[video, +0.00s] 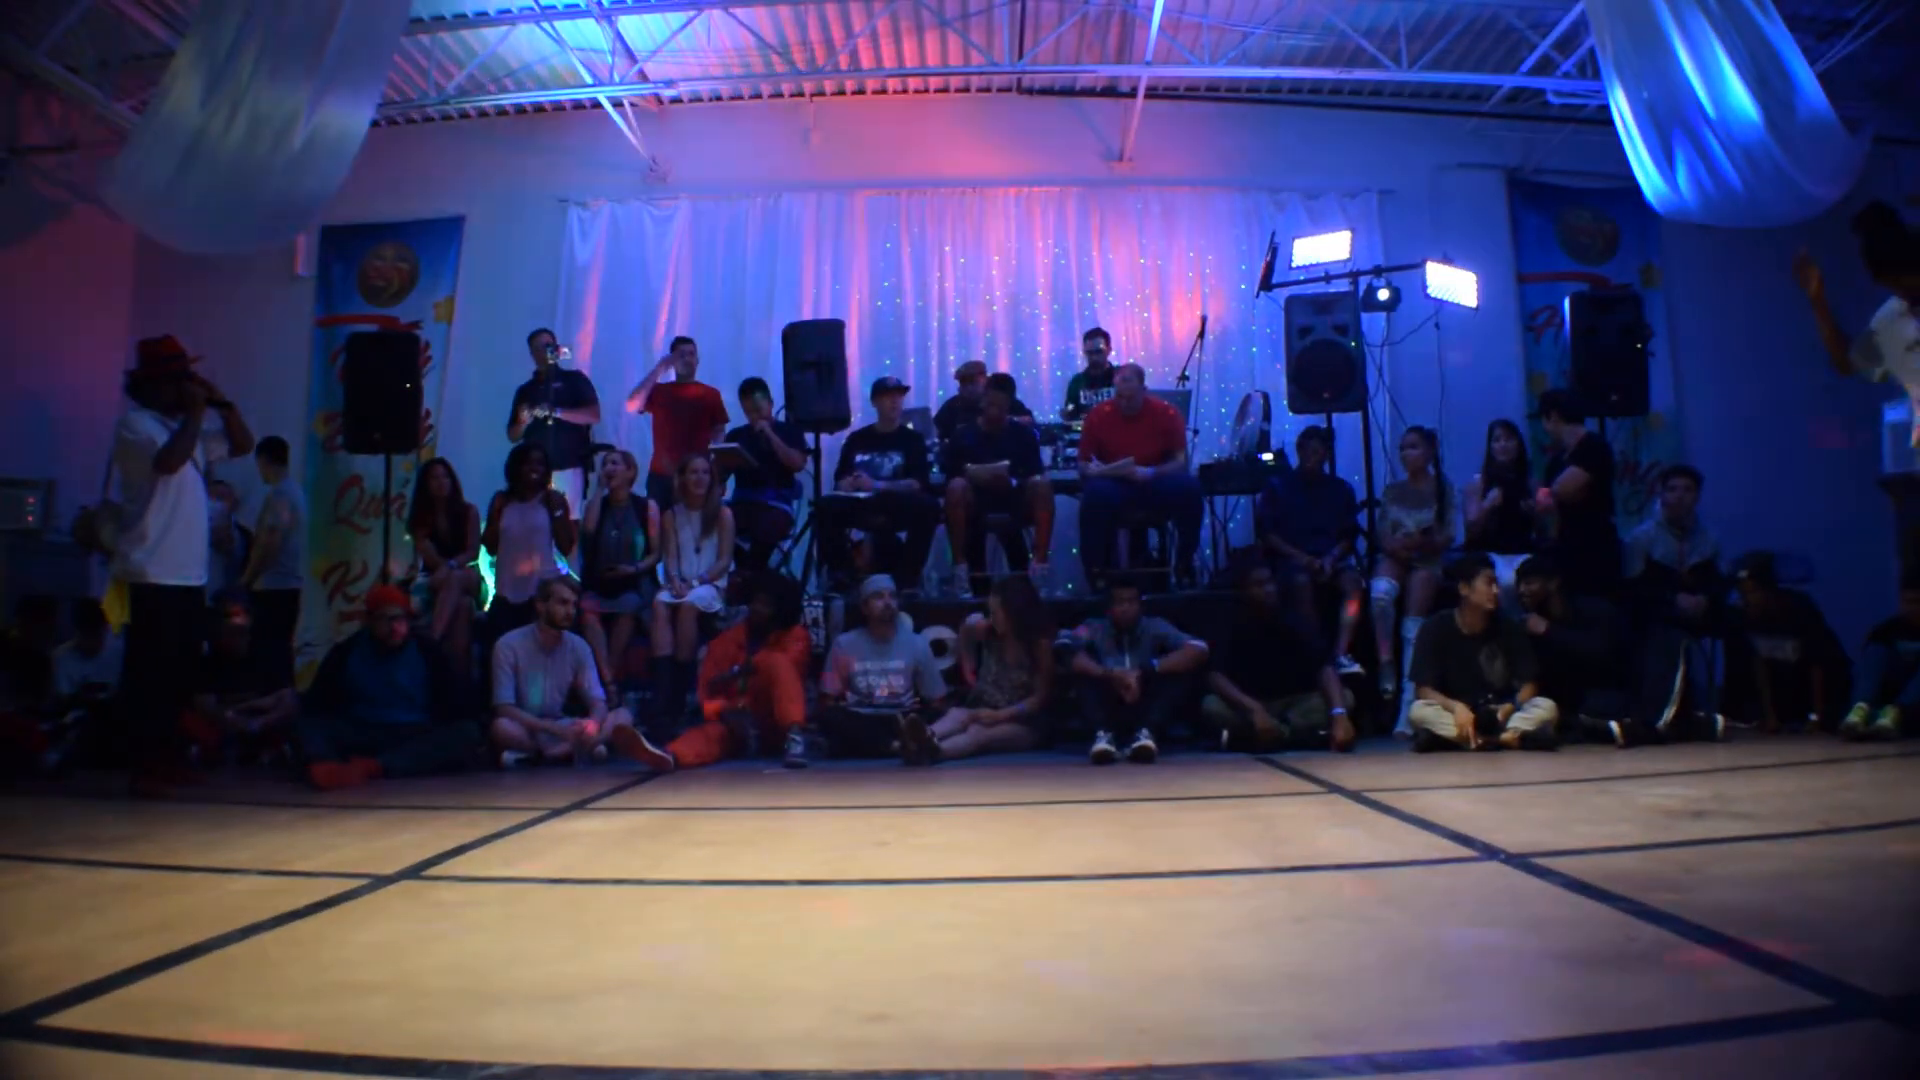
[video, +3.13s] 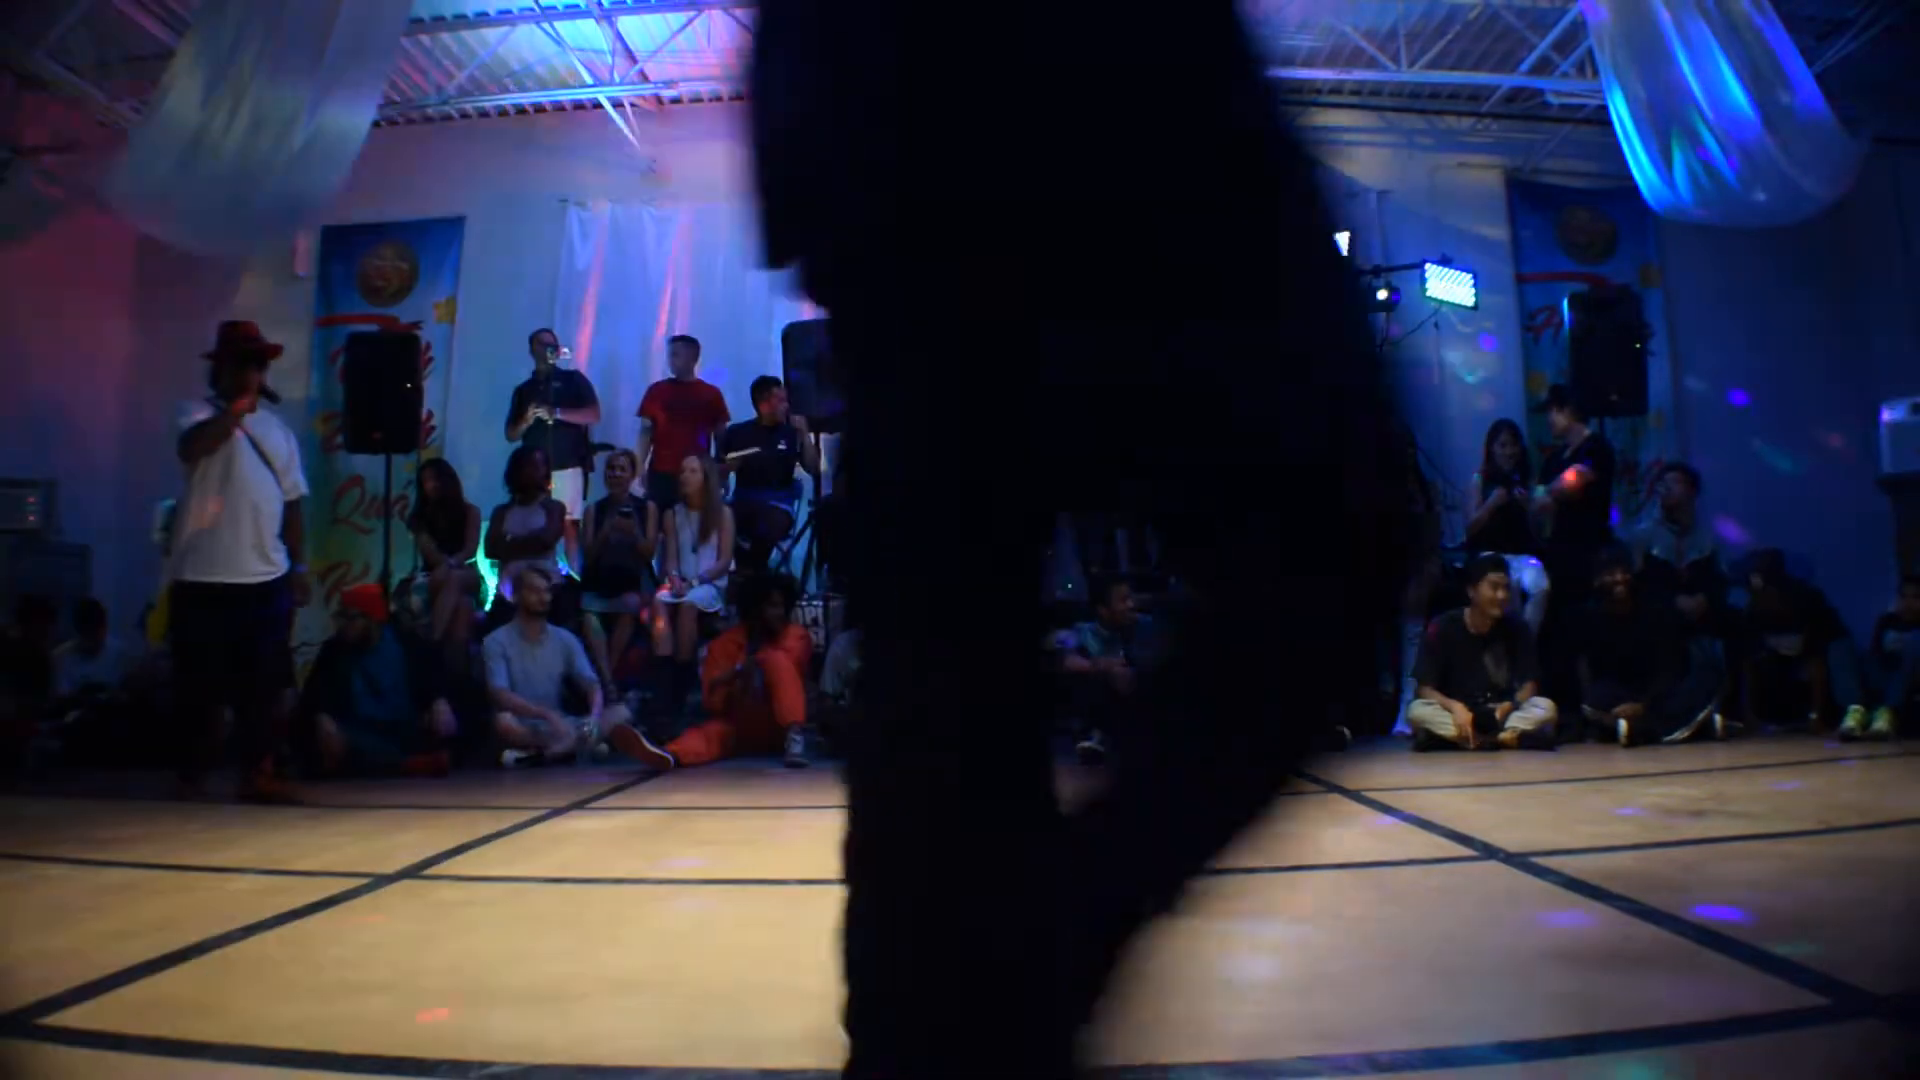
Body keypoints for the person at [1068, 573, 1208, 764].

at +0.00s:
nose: (1126, 608)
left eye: (1131, 602)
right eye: (1120, 603)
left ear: (1140, 605)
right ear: (1110, 607)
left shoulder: (1153, 628)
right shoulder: (1097, 629)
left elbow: (1198, 650)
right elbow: (1065, 647)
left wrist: (1145, 671)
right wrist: (1110, 676)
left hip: (1146, 702)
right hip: (1107, 703)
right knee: (1090, 677)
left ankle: (1145, 734)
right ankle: (1102, 735)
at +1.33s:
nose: (1131, 609)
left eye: (1138, 603)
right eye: (1125, 603)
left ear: (1147, 607)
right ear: (1114, 607)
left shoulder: (1156, 628)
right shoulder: (1097, 629)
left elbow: (1194, 651)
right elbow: (1067, 652)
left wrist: (1145, 662)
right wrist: (1114, 670)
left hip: (1148, 700)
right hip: (1109, 700)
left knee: (1172, 672)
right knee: (1089, 674)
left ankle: (1144, 734)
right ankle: (1101, 734)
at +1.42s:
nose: (1151, 610)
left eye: (1154, 604)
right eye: (1144, 604)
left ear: (1157, 606)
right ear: (1124, 607)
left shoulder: (1158, 629)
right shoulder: (1098, 629)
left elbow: (1194, 651)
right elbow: (1067, 650)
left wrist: (1146, 661)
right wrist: (1114, 669)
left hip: (1148, 702)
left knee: (1173, 670)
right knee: (1088, 672)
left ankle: (1144, 733)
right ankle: (1101, 734)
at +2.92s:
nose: (1134, 606)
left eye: (1134, 600)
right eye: (1126, 601)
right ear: (1107, 609)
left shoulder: (1145, 626)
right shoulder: (1088, 632)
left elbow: (1185, 647)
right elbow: (1059, 654)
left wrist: (1137, 659)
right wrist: (1107, 669)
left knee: (1163, 669)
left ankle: (1143, 733)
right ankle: (1099, 733)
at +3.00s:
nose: (1133, 606)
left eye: (1132, 600)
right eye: (1125, 601)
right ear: (1105, 610)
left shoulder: (1143, 627)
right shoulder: (1086, 633)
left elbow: (1185, 647)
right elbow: (1053, 652)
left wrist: (1136, 659)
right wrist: (1105, 668)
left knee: (1160, 668)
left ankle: (1142, 734)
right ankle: (1099, 734)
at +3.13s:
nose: (1131, 606)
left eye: (1130, 599)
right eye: (1123, 600)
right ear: (1104, 609)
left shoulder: (1141, 631)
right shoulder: (1085, 635)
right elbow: (1069, 662)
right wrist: (1109, 668)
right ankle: (1092, 734)